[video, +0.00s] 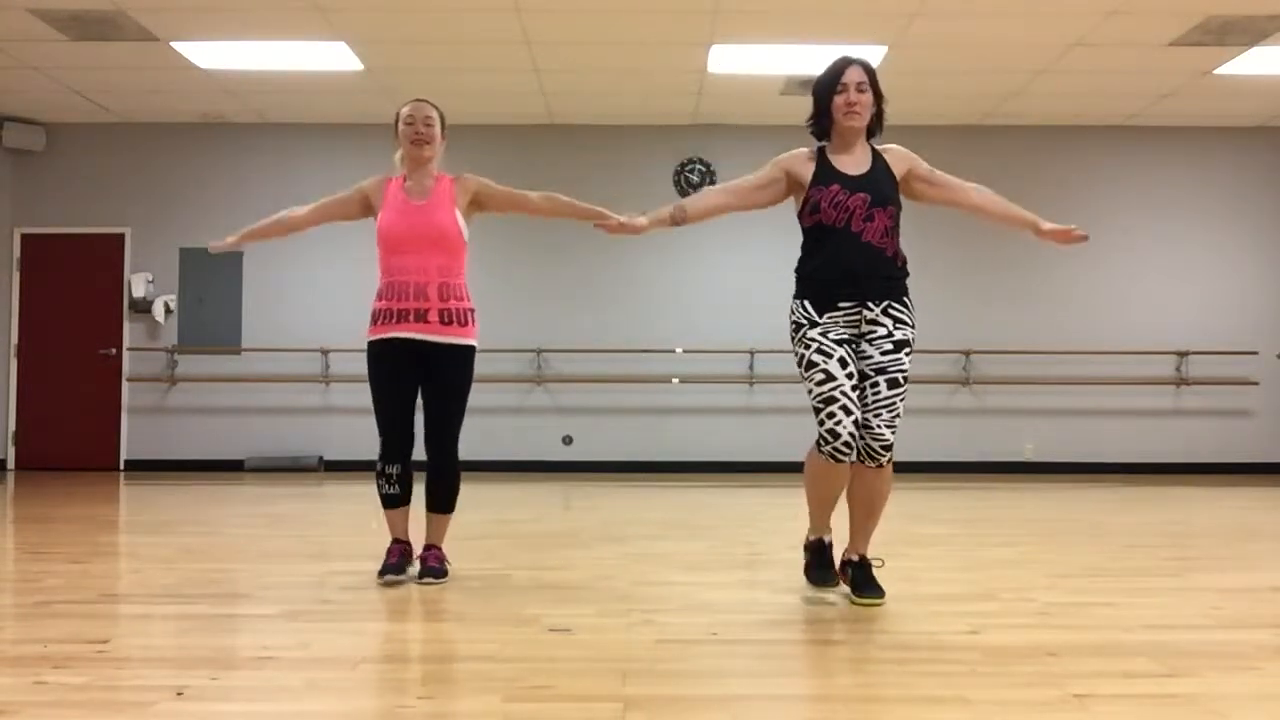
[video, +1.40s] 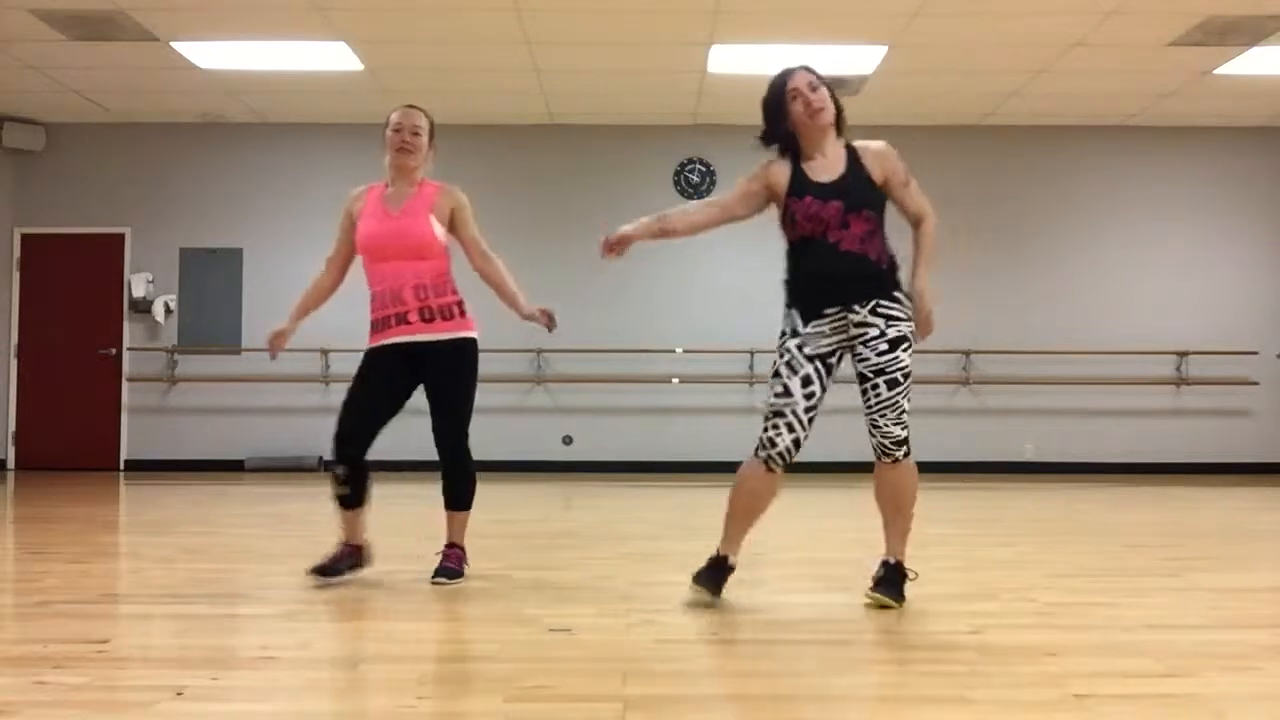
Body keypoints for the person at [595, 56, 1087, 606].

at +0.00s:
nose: (854, 98)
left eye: (863, 89)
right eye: (844, 89)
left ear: (876, 102)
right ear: (825, 103)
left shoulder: (897, 162)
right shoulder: (800, 165)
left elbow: (968, 194)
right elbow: (723, 197)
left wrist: (1037, 224)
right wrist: (649, 220)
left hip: (888, 311)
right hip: (821, 312)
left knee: (879, 438)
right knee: (840, 430)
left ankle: (857, 557)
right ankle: (818, 540)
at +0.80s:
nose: (857, 90)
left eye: (866, 81)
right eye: (846, 83)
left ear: (881, 93)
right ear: (830, 95)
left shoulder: (903, 157)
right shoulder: (807, 163)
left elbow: (945, 226)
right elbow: (759, 224)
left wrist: (1006, 267)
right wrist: (710, 266)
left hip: (892, 310)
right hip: (825, 310)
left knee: (886, 437)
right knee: (837, 435)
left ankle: (870, 563)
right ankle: (823, 562)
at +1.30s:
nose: (822, 91)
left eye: (824, 80)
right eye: (807, 93)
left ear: (841, 87)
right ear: (796, 116)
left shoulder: (892, 145)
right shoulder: (792, 170)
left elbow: (936, 216)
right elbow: (728, 209)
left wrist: (936, 295)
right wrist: (654, 221)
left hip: (889, 307)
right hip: (818, 309)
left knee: (889, 434)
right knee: (789, 429)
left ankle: (889, 562)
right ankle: (751, 547)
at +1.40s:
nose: (810, 96)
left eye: (815, 87)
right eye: (796, 96)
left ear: (833, 97)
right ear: (783, 119)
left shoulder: (876, 157)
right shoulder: (777, 176)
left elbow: (925, 218)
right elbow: (707, 213)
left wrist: (919, 288)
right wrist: (638, 229)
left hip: (880, 313)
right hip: (810, 321)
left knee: (891, 438)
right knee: (778, 444)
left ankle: (894, 564)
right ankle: (724, 558)